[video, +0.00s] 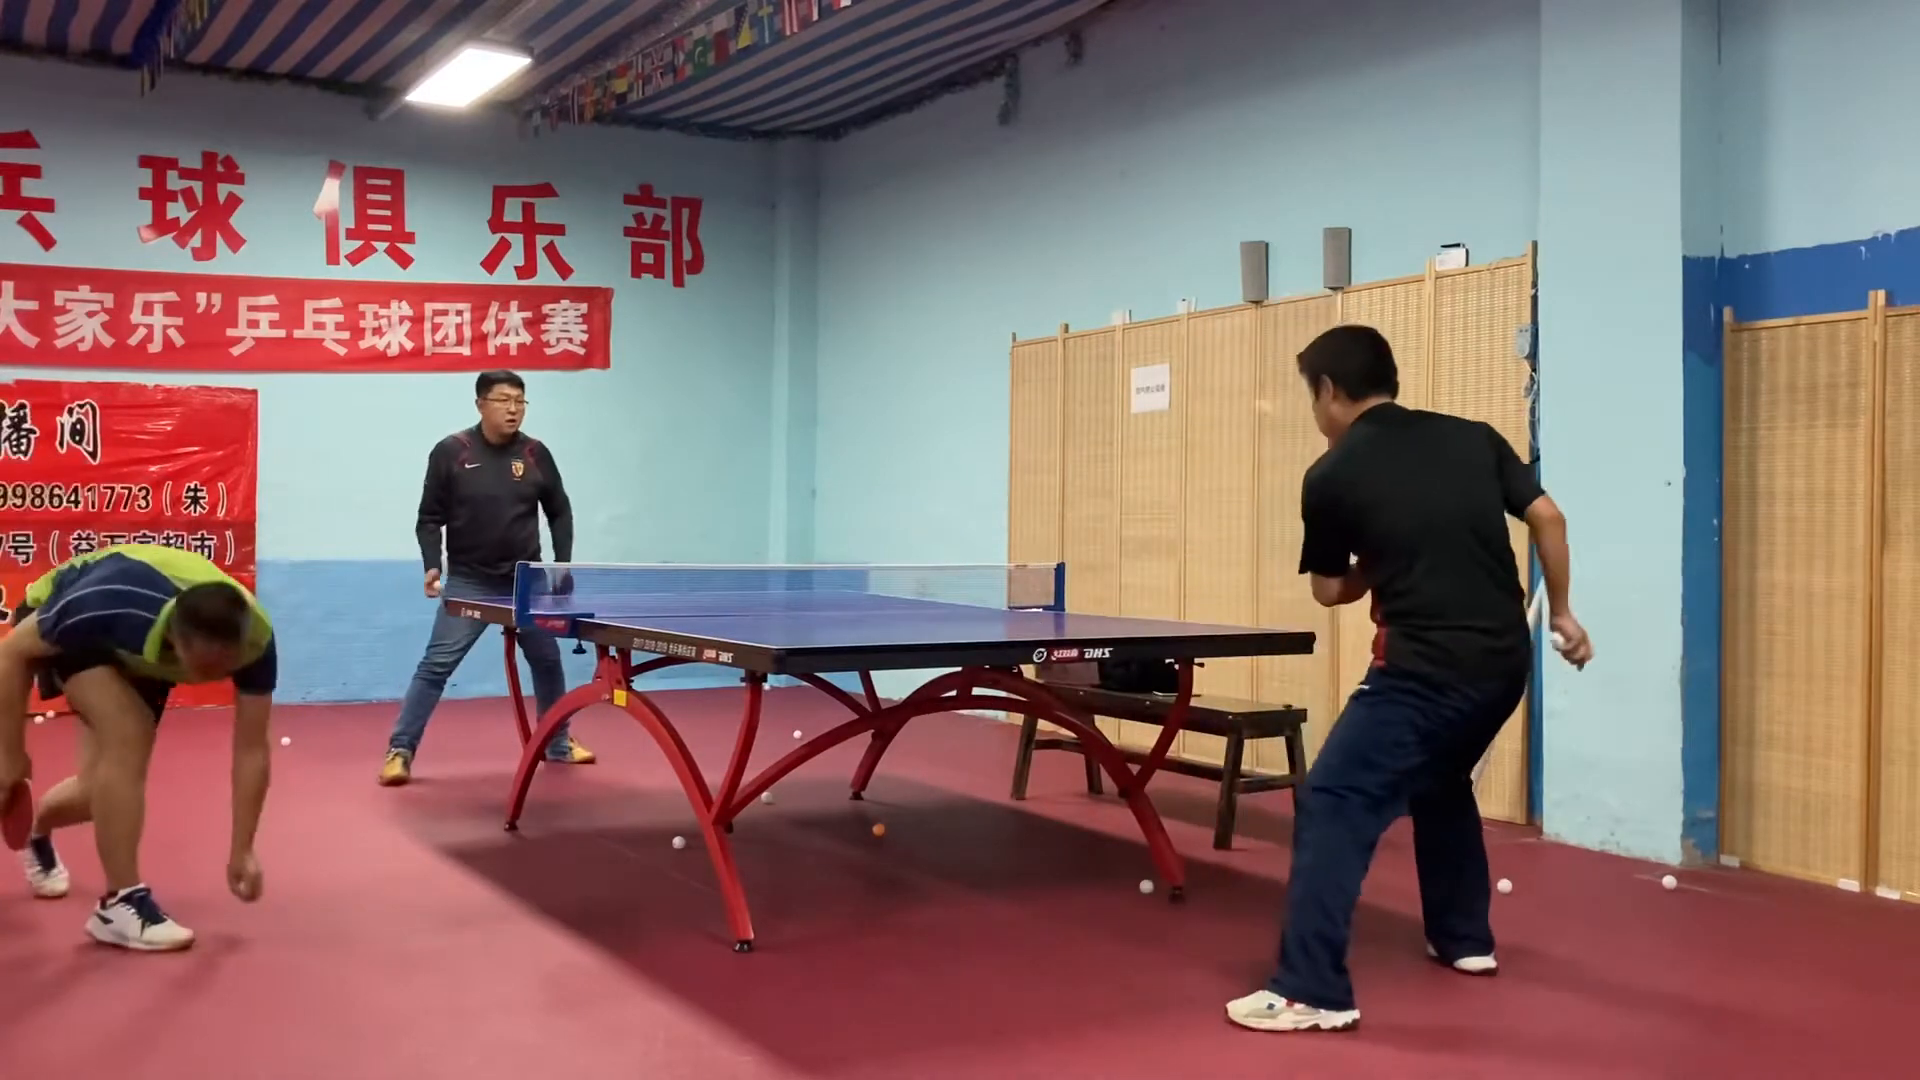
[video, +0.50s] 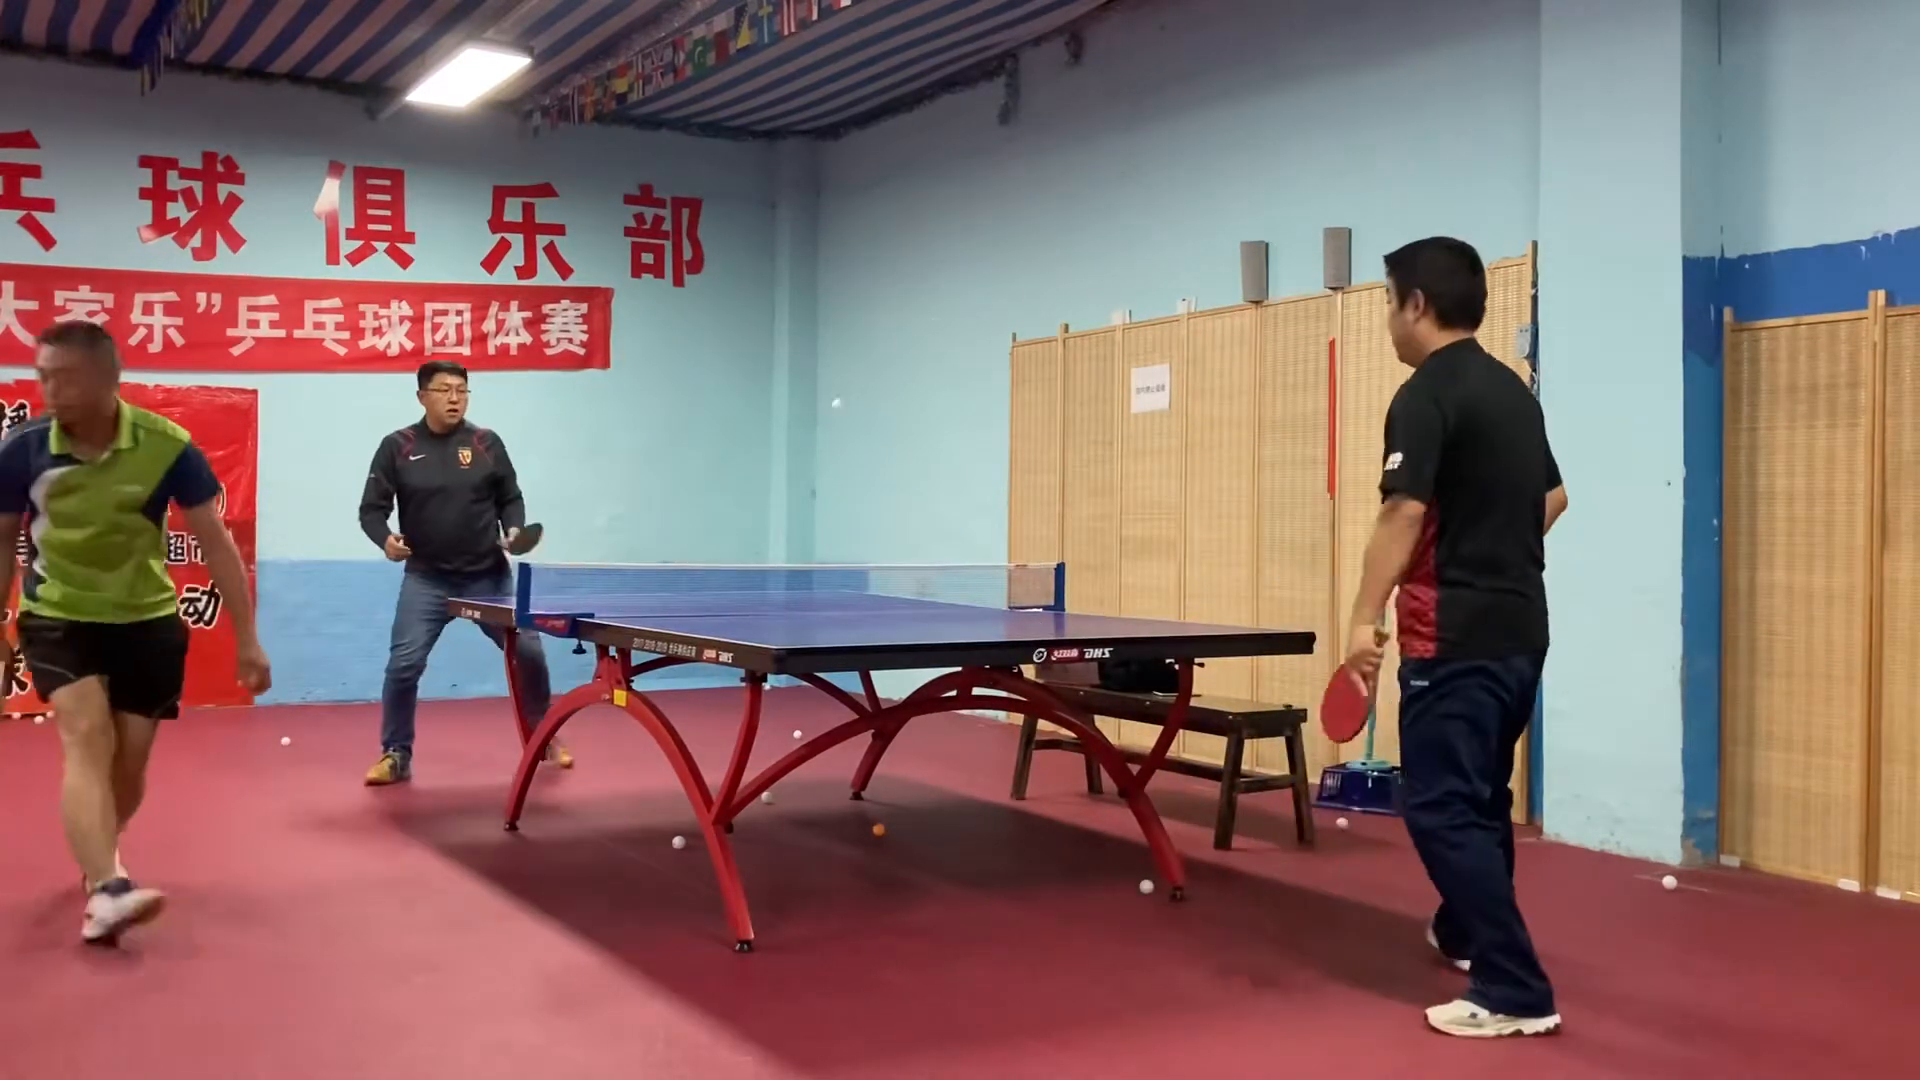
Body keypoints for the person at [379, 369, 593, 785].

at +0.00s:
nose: (513, 410)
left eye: (519, 402)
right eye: (503, 401)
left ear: (525, 407)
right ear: (481, 405)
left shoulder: (536, 454)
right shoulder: (450, 452)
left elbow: (559, 511)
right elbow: (429, 517)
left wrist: (562, 567)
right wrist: (432, 564)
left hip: (524, 580)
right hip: (468, 579)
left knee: (547, 657)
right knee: (437, 663)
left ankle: (557, 742)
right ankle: (401, 750)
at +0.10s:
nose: (513, 408)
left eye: (518, 400)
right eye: (503, 400)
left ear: (525, 406)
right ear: (480, 404)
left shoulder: (534, 453)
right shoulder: (450, 453)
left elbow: (557, 508)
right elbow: (431, 521)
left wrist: (569, 561)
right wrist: (441, 567)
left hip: (524, 580)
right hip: (469, 579)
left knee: (545, 655)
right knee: (437, 663)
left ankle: (557, 741)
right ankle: (401, 751)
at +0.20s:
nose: (506, 408)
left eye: (511, 400)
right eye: (496, 399)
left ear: (518, 406)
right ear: (474, 405)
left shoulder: (528, 452)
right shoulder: (446, 454)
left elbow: (550, 510)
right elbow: (426, 522)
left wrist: (562, 558)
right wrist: (438, 564)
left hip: (521, 579)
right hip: (465, 579)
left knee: (543, 655)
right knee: (431, 662)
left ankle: (557, 741)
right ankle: (402, 750)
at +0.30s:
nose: (491, 410)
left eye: (496, 402)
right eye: (481, 403)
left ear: (502, 408)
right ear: (458, 409)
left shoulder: (516, 455)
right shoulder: (432, 458)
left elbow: (537, 511)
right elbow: (409, 522)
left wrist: (548, 552)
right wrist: (423, 558)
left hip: (513, 582)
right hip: (455, 582)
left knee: (539, 659)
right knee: (418, 664)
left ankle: (558, 742)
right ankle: (399, 754)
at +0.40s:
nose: (470, 408)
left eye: (476, 400)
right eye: (460, 399)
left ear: (483, 406)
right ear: (438, 406)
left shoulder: (500, 454)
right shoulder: (413, 456)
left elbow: (520, 508)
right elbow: (387, 519)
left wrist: (531, 537)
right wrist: (402, 548)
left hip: (499, 583)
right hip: (438, 584)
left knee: (537, 658)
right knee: (405, 666)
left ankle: (559, 740)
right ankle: (396, 754)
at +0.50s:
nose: (454, 399)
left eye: (461, 391)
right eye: (444, 391)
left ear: (469, 397)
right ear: (423, 397)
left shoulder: (487, 443)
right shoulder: (398, 446)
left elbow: (510, 499)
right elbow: (371, 510)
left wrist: (514, 530)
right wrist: (385, 539)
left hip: (488, 577)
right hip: (426, 577)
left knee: (531, 652)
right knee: (403, 664)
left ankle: (543, 738)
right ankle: (396, 754)